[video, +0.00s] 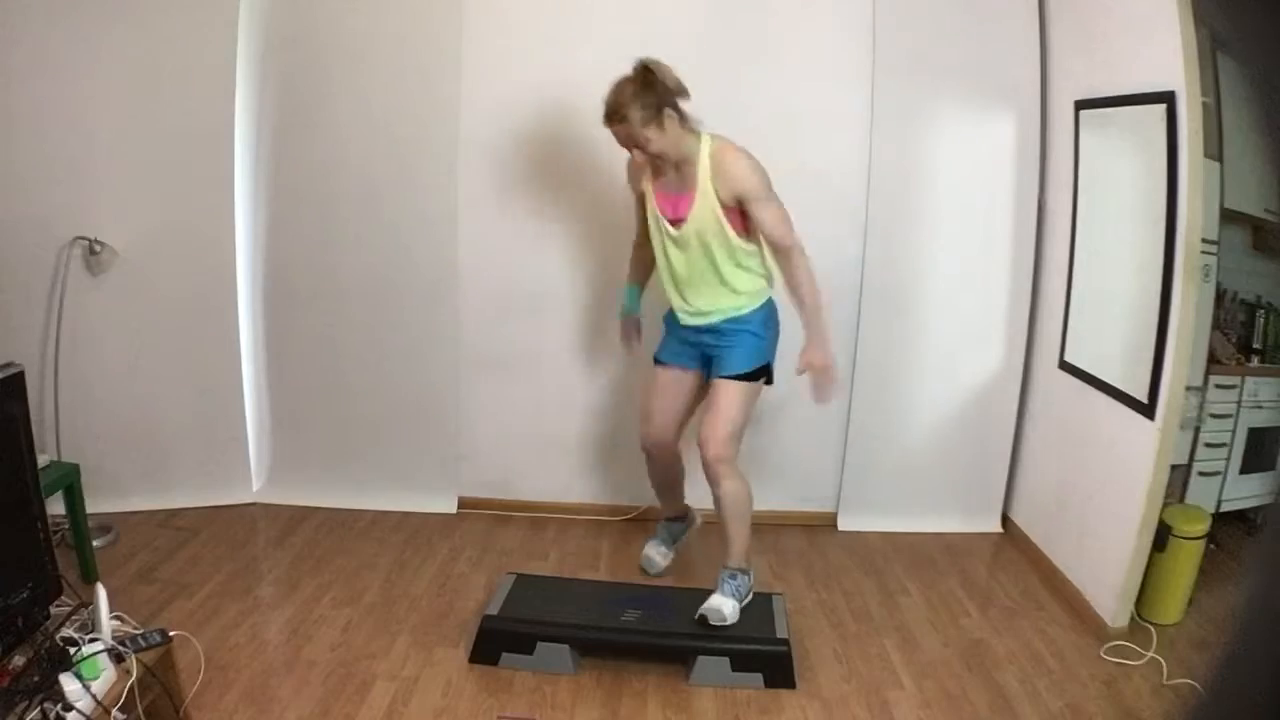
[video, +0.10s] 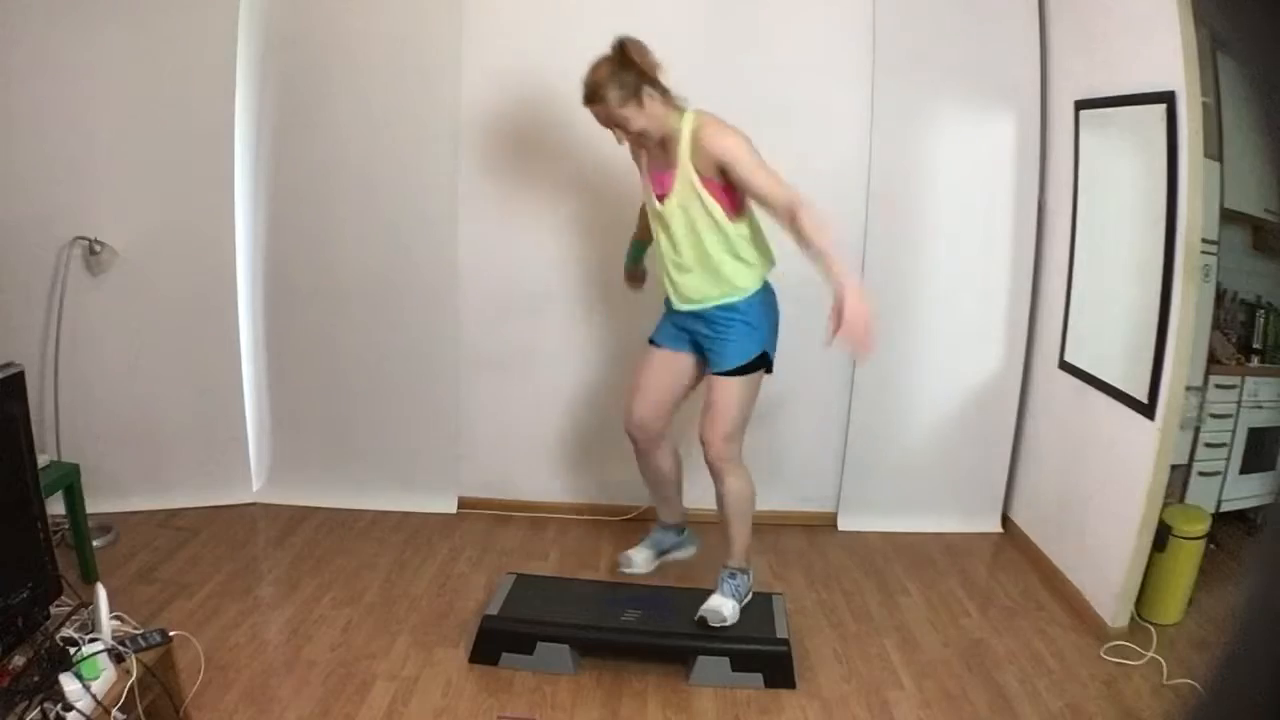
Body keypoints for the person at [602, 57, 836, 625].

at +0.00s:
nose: (637, 154)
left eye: (639, 142)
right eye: (628, 145)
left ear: (669, 117)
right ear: (631, 136)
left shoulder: (732, 167)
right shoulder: (643, 169)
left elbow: (788, 249)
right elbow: (647, 237)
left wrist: (817, 338)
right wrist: (630, 300)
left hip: (743, 322)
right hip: (684, 321)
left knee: (717, 448)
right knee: (656, 439)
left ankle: (737, 572)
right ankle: (676, 518)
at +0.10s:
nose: (615, 136)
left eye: (615, 124)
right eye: (609, 127)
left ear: (642, 99)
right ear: (631, 106)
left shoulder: (712, 140)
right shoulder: (645, 146)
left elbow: (789, 207)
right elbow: (655, 206)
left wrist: (843, 284)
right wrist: (636, 255)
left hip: (740, 312)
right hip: (684, 310)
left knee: (720, 447)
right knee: (644, 424)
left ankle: (737, 574)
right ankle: (672, 529)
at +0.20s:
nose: (603, 127)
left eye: (601, 115)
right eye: (596, 119)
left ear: (625, 89)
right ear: (619, 94)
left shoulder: (696, 121)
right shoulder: (644, 136)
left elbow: (763, 140)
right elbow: (667, 192)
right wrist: (644, 231)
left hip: (731, 308)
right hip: (681, 308)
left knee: (718, 452)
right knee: (639, 427)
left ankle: (736, 574)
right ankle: (656, 559)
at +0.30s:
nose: (592, 133)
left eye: (590, 120)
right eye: (584, 125)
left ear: (617, 91)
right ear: (605, 102)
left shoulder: (680, 121)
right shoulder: (635, 145)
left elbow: (732, 103)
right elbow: (671, 205)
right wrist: (639, 236)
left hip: (722, 313)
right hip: (669, 317)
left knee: (685, 459)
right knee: (638, 442)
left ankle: (734, 569)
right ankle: (653, 575)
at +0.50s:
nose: (573, 129)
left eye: (572, 115)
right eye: (565, 121)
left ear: (600, 85)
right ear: (593, 91)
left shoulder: (653, 130)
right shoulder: (624, 143)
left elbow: (685, 110)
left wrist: (616, 44)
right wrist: (588, 44)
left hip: (709, 317)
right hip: (669, 319)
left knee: (656, 462)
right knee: (623, 444)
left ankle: (692, 613)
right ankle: (652, 572)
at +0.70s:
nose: (560, 145)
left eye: (561, 130)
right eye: (553, 135)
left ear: (595, 108)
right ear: (592, 111)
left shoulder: (635, 163)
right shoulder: (623, 162)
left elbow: (620, 266)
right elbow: (609, 260)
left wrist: (523, 286)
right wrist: (523, 281)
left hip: (688, 361)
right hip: (657, 357)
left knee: (646, 524)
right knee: (586, 462)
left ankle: (663, 675)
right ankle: (646, 567)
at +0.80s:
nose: (557, 156)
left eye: (559, 141)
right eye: (550, 146)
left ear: (596, 120)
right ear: (595, 123)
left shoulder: (625, 193)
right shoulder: (643, 169)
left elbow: (603, 317)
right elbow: (694, 270)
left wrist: (518, 342)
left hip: (679, 385)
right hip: (654, 375)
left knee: (632, 546)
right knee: (558, 454)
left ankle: (667, 684)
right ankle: (631, 558)